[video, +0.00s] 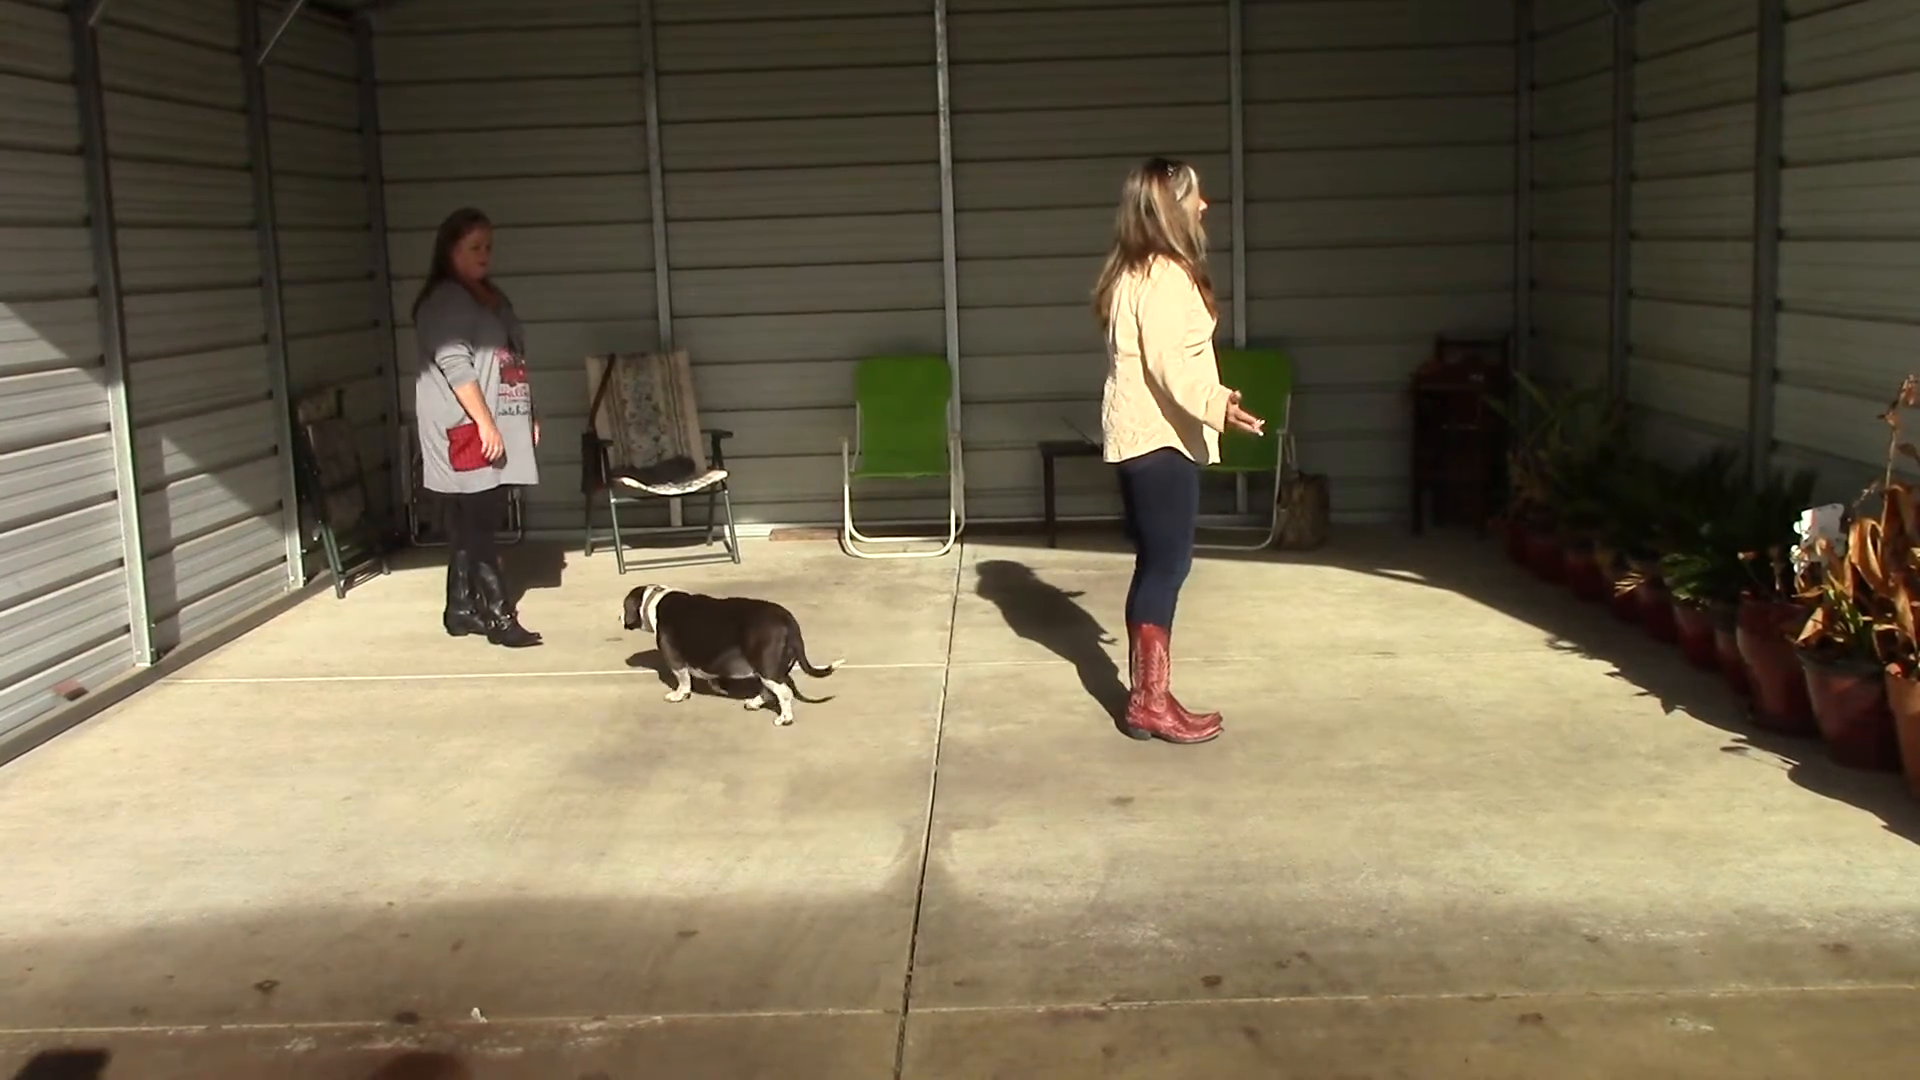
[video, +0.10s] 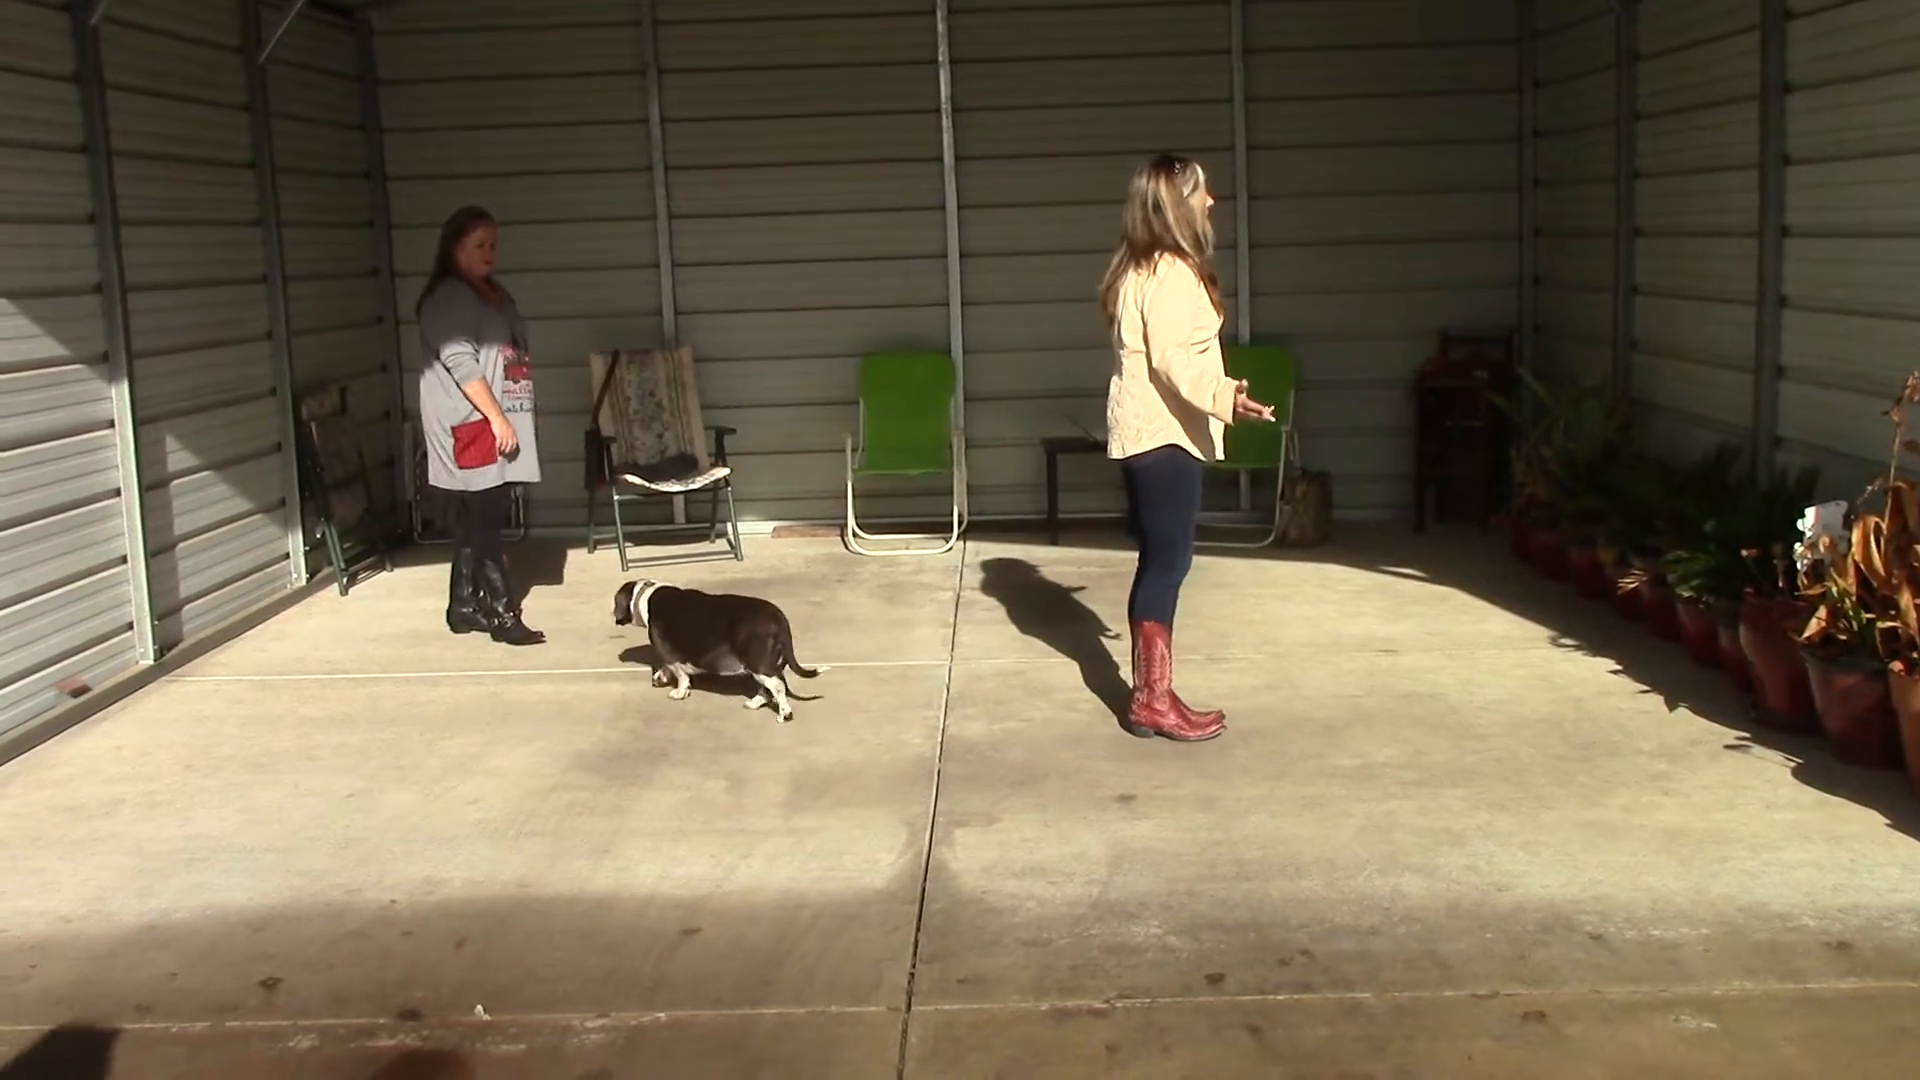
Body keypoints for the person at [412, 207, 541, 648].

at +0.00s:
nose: (485, 255)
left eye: (488, 247)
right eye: (475, 248)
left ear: (491, 250)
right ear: (450, 251)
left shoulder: (494, 298)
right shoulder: (442, 303)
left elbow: (511, 358)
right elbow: (455, 369)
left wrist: (527, 412)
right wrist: (485, 422)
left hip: (485, 421)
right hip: (459, 424)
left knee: (469, 513)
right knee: (482, 514)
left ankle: (460, 606)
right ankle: (497, 614)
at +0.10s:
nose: (489, 253)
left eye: (493, 245)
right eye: (480, 245)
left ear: (495, 248)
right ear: (454, 249)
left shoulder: (495, 296)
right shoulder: (445, 300)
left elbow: (511, 356)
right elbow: (461, 367)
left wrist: (512, 416)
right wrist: (497, 418)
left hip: (488, 420)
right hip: (465, 423)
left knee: (475, 510)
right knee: (488, 510)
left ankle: (463, 603)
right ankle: (501, 613)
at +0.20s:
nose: (489, 254)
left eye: (492, 246)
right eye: (480, 247)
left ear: (493, 248)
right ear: (454, 249)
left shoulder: (491, 295)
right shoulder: (445, 302)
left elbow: (507, 356)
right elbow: (462, 368)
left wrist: (511, 416)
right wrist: (498, 419)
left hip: (487, 421)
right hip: (466, 424)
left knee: (475, 511)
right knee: (488, 512)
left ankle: (464, 604)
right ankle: (502, 613)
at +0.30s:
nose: (489, 254)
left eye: (492, 246)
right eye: (480, 246)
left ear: (493, 248)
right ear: (454, 248)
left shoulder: (488, 293)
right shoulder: (447, 300)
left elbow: (498, 358)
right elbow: (465, 367)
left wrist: (510, 417)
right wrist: (496, 419)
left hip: (484, 420)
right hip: (467, 423)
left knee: (475, 510)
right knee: (488, 511)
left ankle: (464, 603)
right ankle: (500, 612)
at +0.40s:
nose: (490, 254)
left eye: (493, 246)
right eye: (481, 246)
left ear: (495, 248)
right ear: (456, 248)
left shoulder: (486, 293)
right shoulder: (450, 298)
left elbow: (495, 359)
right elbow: (466, 366)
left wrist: (509, 418)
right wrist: (493, 421)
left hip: (484, 419)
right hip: (468, 422)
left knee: (474, 511)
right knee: (487, 512)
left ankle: (464, 603)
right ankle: (500, 611)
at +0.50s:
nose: (492, 255)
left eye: (495, 247)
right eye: (483, 247)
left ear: (496, 249)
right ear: (458, 249)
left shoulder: (487, 294)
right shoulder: (451, 298)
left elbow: (495, 360)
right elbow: (467, 366)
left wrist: (508, 421)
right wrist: (491, 423)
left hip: (485, 420)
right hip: (469, 423)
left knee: (478, 510)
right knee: (490, 510)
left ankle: (464, 602)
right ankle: (500, 611)